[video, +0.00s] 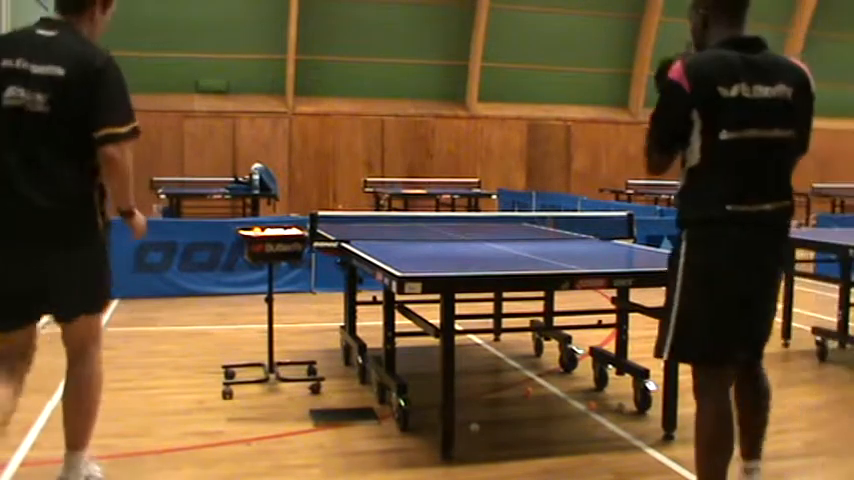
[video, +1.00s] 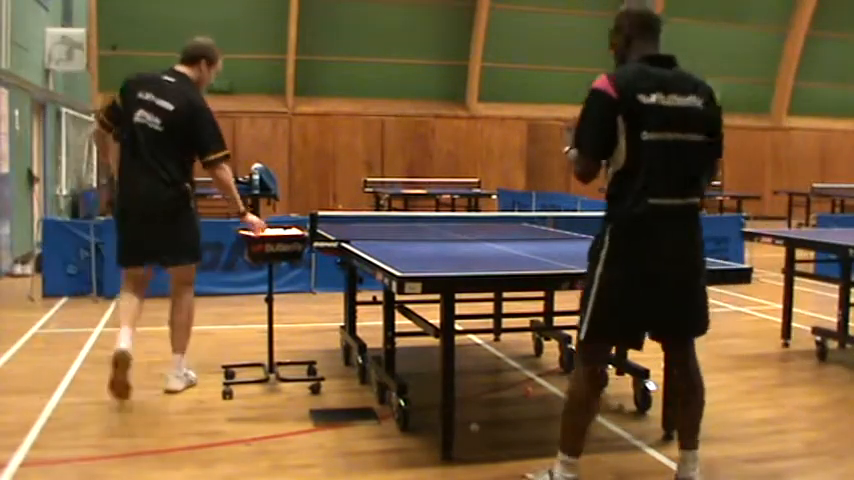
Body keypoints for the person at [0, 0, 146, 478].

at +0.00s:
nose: (109, 19)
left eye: (110, 12)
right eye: (110, 12)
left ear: (57, 5)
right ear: (100, 8)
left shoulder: (8, 46)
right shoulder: (94, 64)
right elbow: (114, 154)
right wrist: (127, 209)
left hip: (9, 229)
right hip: (69, 232)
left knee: (12, 355)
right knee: (83, 352)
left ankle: (3, 462)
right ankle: (77, 462)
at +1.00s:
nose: (213, 80)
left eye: (215, 73)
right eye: (214, 72)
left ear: (184, 60)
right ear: (203, 66)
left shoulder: (137, 85)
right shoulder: (194, 105)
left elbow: (103, 130)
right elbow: (218, 167)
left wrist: (114, 177)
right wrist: (242, 211)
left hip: (131, 199)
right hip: (172, 204)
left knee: (133, 282)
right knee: (183, 287)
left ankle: (123, 345)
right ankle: (177, 371)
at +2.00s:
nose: (267, 84)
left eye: (266, 78)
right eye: (263, 78)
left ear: (245, 81)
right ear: (249, 80)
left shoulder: (230, 104)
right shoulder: (237, 112)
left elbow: (235, 146)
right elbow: (220, 158)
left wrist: (260, 156)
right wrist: (248, 187)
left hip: (215, 193)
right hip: (233, 195)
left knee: (222, 259)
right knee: (257, 254)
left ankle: (189, 308)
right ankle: (247, 323)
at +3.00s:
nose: (304, 115)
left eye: (307, 109)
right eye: (299, 110)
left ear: (311, 108)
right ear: (287, 107)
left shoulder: (308, 134)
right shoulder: (266, 126)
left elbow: (322, 171)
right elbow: (245, 165)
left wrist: (295, 181)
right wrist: (277, 166)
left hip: (280, 192)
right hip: (250, 191)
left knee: (295, 242)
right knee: (243, 247)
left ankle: (291, 304)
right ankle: (231, 313)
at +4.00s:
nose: (309, 132)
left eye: (312, 127)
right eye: (304, 127)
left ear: (314, 128)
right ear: (290, 127)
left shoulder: (307, 154)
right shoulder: (267, 145)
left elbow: (312, 186)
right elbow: (240, 180)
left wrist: (319, 201)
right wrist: (265, 205)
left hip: (275, 205)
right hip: (245, 201)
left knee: (302, 245)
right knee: (243, 252)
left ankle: (300, 302)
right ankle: (220, 316)